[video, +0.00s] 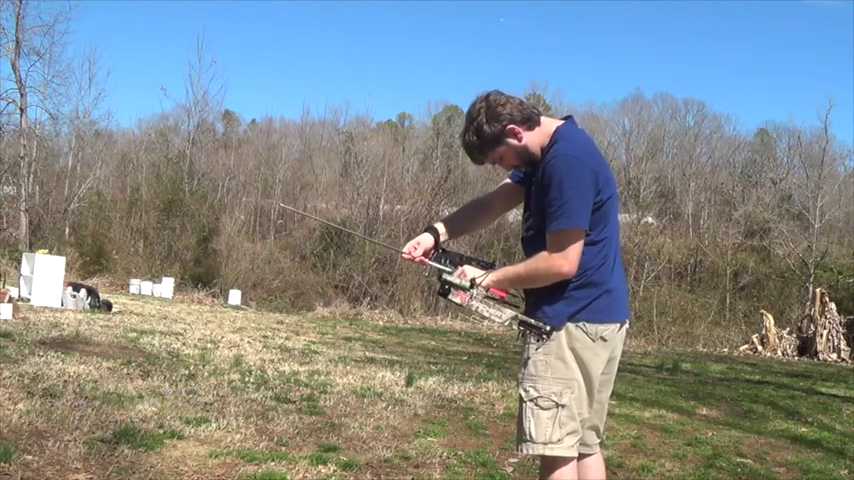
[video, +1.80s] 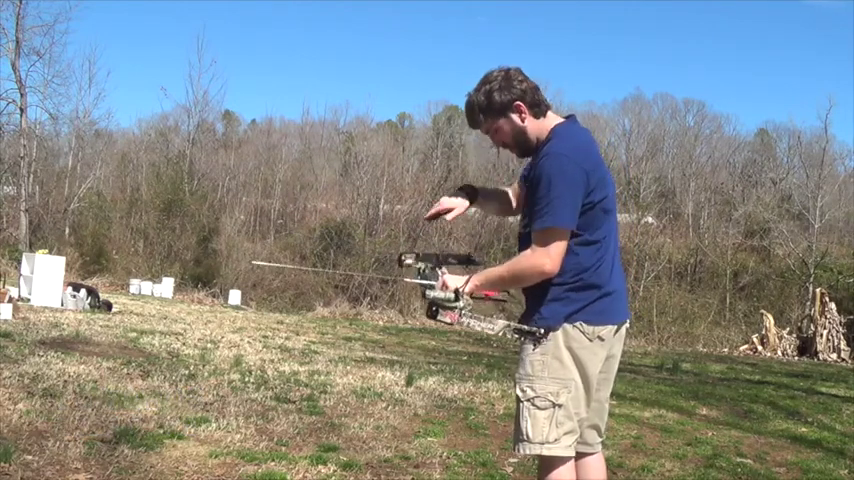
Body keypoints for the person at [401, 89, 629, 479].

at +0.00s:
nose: (502, 166)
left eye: (498, 159)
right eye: (495, 163)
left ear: (514, 132)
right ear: (515, 127)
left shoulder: (566, 159)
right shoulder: (556, 149)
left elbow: (563, 263)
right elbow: (495, 202)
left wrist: (490, 278)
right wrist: (437, 234)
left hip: (572, 319)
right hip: (591, 315)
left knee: (557, 449)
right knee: (585, 444)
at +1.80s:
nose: (495, 143)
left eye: (494, 131)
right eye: (489, 136)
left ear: (520, 110)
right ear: (524, 110)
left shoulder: (558, 156)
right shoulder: (568, 142)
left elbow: (545, 260)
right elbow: (514, 201)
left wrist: (473, 282)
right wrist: (469, 196)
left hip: (567, 320)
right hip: (600, 316)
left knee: (554, 451)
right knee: (587, 444)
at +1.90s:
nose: (494, 140)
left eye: (492, 127)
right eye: (489, 130)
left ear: (519, 108)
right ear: (525, 107)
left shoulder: (555, 153)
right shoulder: (580, 139)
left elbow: (536, 262)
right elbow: (566, 219)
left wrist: (466, 289)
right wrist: (508, 199)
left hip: (566, 317)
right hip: (604, 314)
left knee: (555, 450)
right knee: (587, 443)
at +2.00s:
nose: (494, 138)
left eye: (491, 125)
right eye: (487, 129)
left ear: (517, 106)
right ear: (524, 105)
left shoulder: (549, 153)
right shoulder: (583, 139)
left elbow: (529, 259)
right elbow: (585, 240)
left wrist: (460, 295)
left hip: (564, 320)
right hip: (605, 316)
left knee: (555, 451)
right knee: (588, 444)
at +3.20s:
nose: (499, 147)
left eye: (494, 136)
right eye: (492, 140)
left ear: (505, 111)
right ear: (541, 107)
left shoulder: (526, 151)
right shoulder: (596, 144)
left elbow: (520, 254)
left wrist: (477, 314)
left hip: (565, 311)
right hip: (618, 307)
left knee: (553, 450)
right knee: (598, 448)